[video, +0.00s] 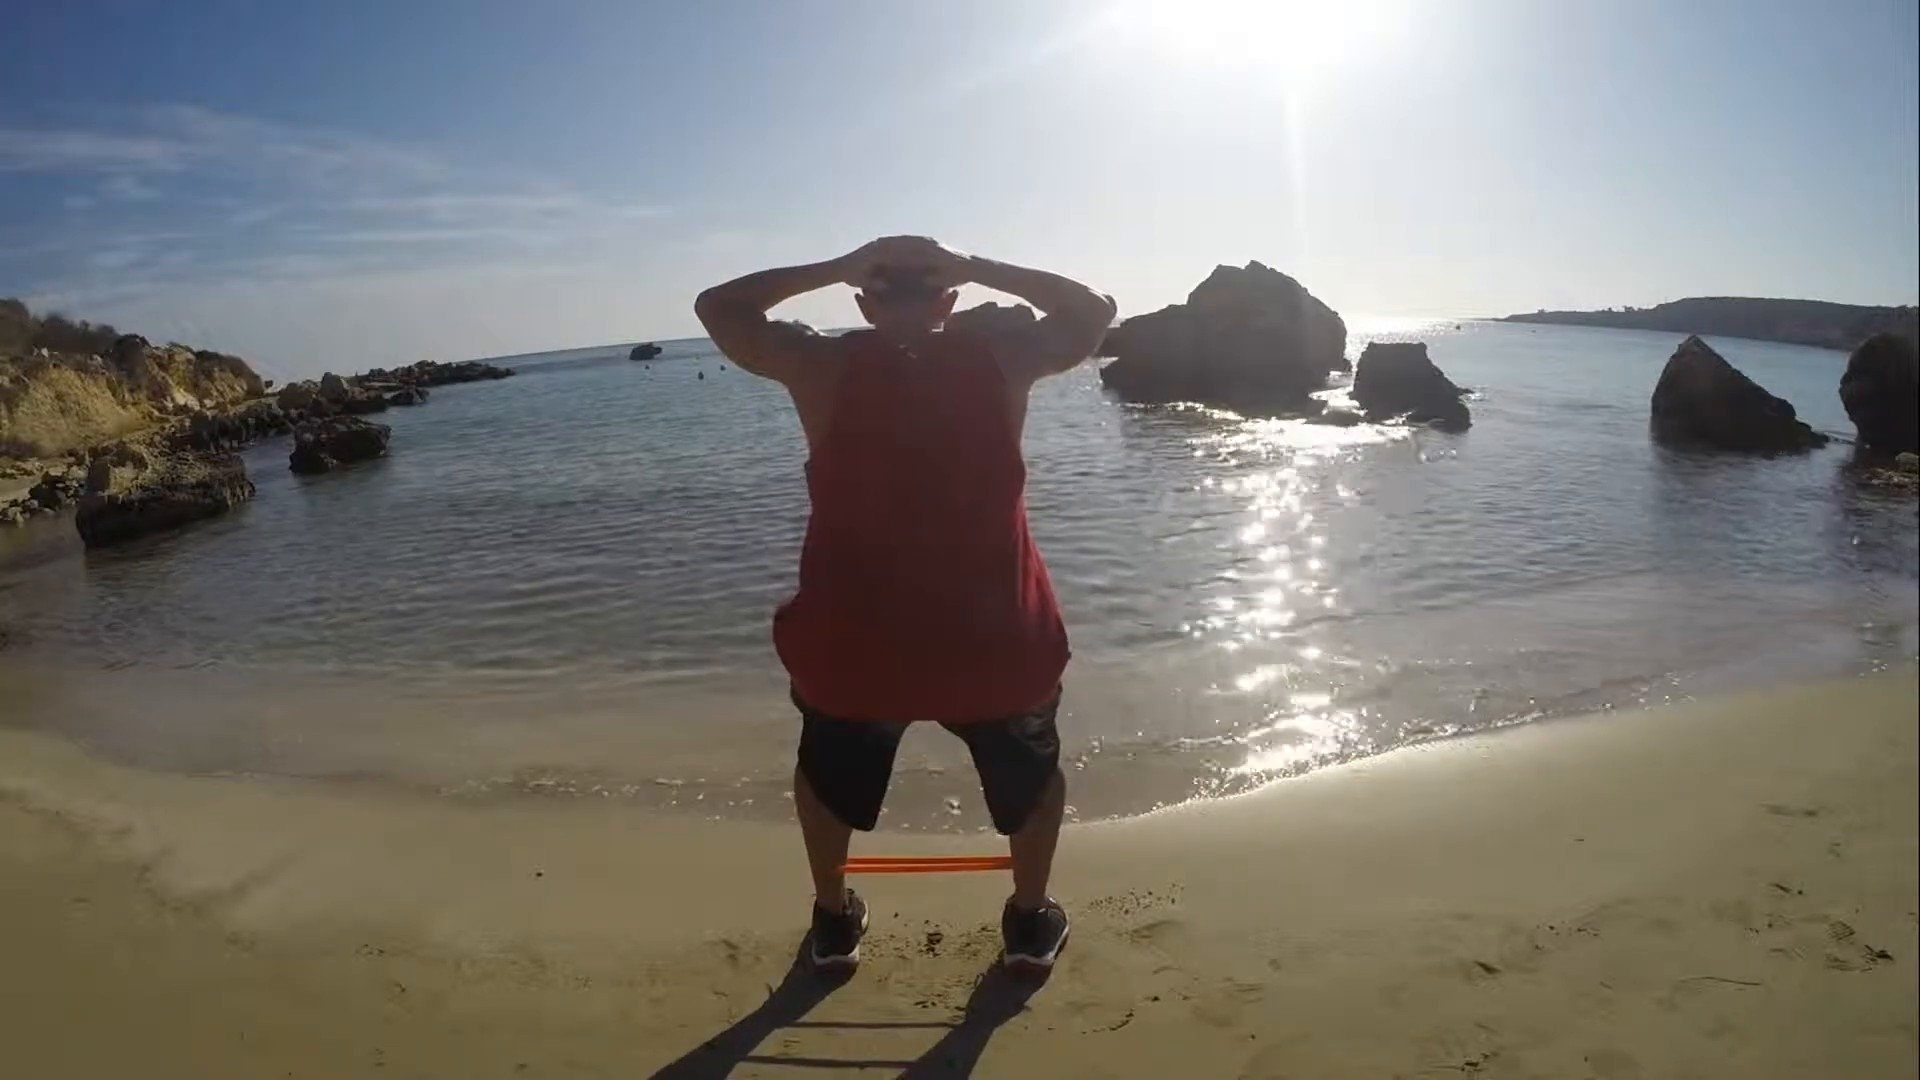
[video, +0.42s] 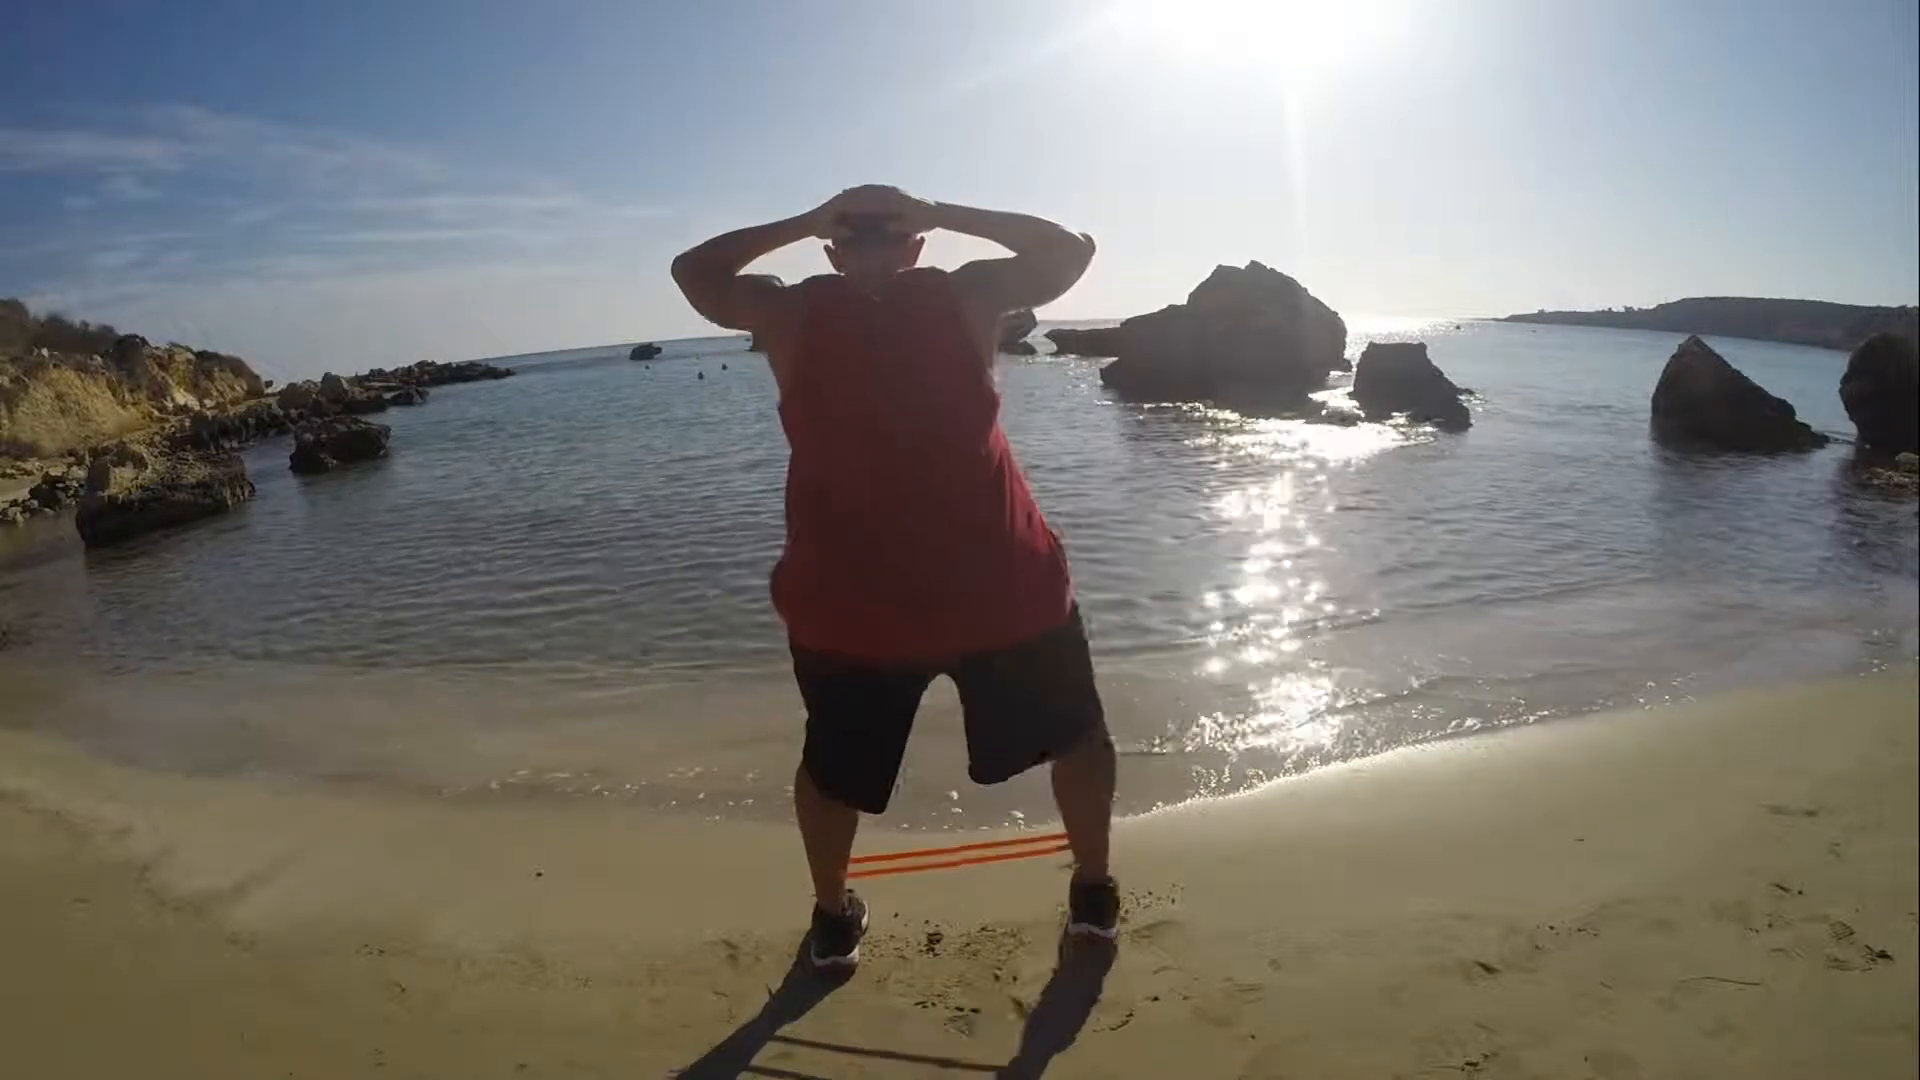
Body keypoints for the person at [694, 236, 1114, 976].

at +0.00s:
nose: (898, 289)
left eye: (894, 279)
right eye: (899, 278)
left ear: (863, 297)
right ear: (950, 294)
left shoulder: (817, 363)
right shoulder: (998, 357)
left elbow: (718, 307)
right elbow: (1089, 312)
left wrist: (834, 269)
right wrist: (974, 266)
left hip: (856, 636)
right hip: (989, 632)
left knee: (829, 768)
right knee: (1029, 770)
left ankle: (832, 916)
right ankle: (1029, 917)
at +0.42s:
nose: (869, 241)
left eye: (868, 229)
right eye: (873, 228)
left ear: (833, 242)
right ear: (919, 242)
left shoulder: (791, 311)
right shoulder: (970, 296)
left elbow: (695, 271)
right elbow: (1067, 249)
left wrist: (806, 224)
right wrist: (945, 214)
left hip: (852, 580)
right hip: (998, 567)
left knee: (834, 760)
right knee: (1077, 731)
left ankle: (831, 919)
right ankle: (1095, 890)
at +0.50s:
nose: (866, 222)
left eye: (857, 214)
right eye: (884, 210)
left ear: (831, 237)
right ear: (918, 233)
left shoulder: (789, 303)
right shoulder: (968, 286)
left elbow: (698, 265)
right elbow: (1072, 236)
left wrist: (807, 214)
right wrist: (939, 201)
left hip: (855, 576)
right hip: (1003, 557)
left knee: (839, 760)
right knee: (1107, 727)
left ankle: (832, 917)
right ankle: (1156, 881)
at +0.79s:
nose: (929, 247)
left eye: (930, 234)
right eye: (934, 232)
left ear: (913, 250)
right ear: (998, 247)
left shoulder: (873, 322)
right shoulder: (1052, 304)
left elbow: (764, 278)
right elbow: (1147, 251)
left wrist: (881, 228)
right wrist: (1019, 217)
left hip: (934, 596)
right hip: (1083, 590)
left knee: (868, 771)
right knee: (1179, 764)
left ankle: (838, 916)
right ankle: (1253, 904)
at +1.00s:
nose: (1034, 246)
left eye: (1036, 231)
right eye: (1037, 229)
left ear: (1028, 240)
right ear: (1105, 235)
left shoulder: (999, 312)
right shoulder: (1167, 293)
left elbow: (866, 270)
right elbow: (1247, 243)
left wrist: (990, 221)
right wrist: (1127, 210)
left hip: (1036, 578)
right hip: (1179, 579)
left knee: (936, 743)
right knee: (1232, 748)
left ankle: (873, 896)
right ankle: (1257, 907)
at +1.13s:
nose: (1107, 230)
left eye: (1104, 216)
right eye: (1105, 215)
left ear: (1080, 228)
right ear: (1157, 221)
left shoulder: (1056, 298)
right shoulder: (1218, 281)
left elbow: (914, 250)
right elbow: (1291, 238)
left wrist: (1039, 207)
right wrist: (1183, 197)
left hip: (1085, 561)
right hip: (1225, 563)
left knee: (1002, 734)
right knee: (1251, 752)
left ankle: (992, 893)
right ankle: (1261, 904)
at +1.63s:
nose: (1144, 243)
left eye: (1137, 232)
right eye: (1161, 227)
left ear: (1120, 248)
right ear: (1203, 246)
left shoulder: (1089, 310)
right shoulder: (1259, 303)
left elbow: (960, 257)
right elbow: (1334, 263)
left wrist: (1092, 223)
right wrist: (1224, 221)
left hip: (1087, 566)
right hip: (1225, 581)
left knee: (959, 718)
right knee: (1249, 744)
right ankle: (1260, 908)